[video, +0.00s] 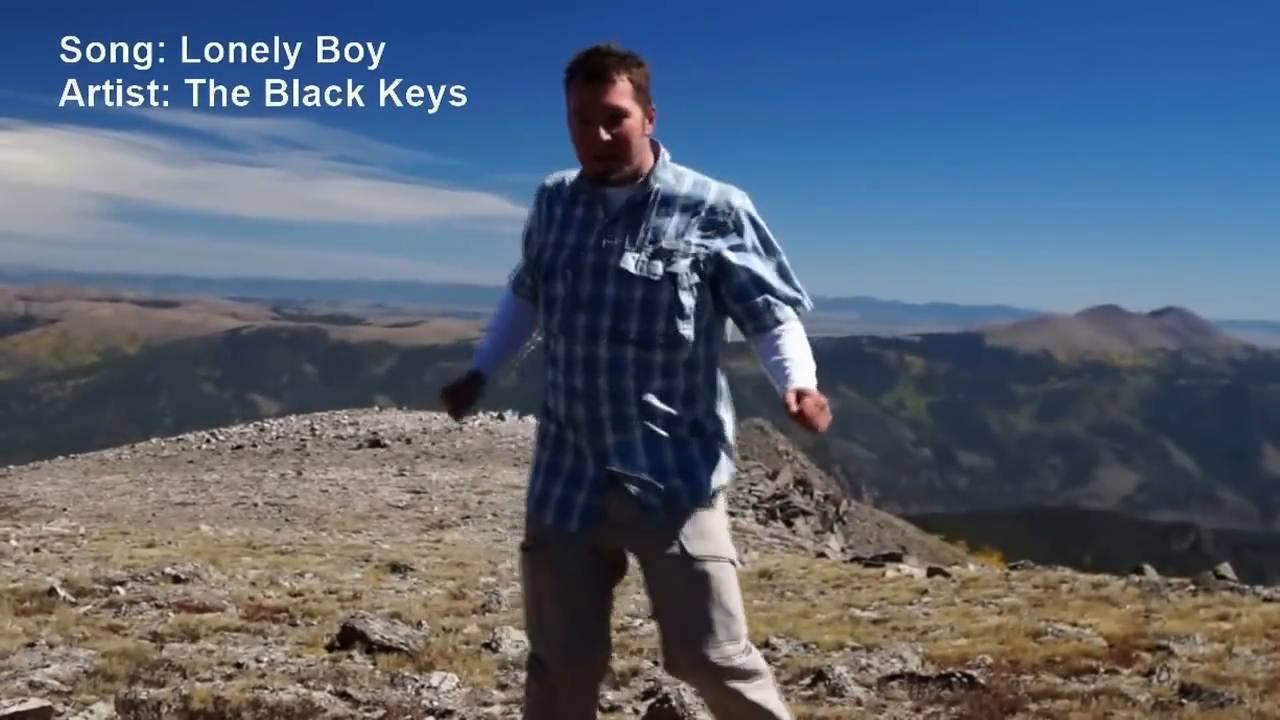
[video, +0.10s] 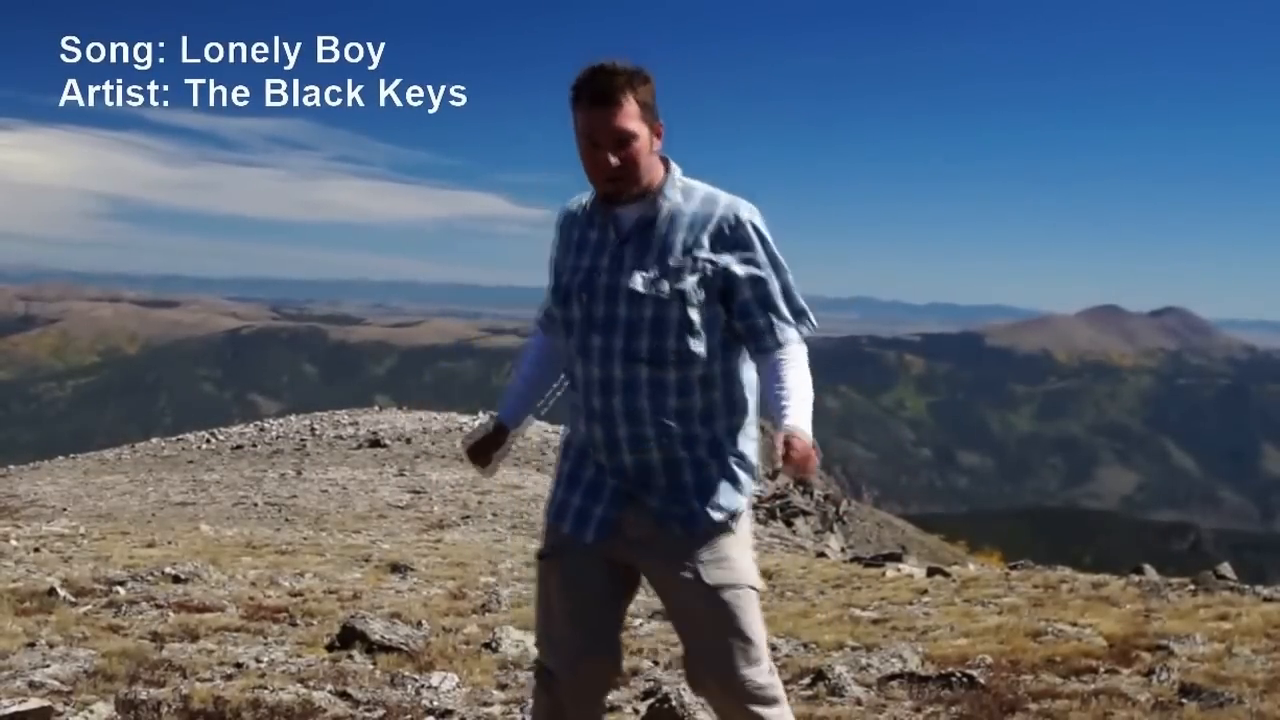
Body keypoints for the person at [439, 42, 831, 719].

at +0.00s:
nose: (597, 136)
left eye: (613, 118)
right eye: (582, 122)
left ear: (649, 117)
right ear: (568, 125)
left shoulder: (714, 210)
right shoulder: (555, 204)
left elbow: (770, 310)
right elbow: (526, 298)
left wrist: (798, 382)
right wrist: (479, 372)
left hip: (675, 472)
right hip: (567, 470)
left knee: (716, 660)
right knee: (560, 671)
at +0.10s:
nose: (606, 161)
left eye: (621, 142)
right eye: (591, 146)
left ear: (657, 134)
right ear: (577, 145)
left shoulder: (725, 223)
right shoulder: (577, 226)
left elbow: (779, 338)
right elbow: (554, 333)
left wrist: (792, 423)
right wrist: (504, 421)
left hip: (699, 494)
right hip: (590, 489)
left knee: (742, 686)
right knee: (565, 683)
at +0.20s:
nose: (627, 175)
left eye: (640, 157)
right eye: (611, 160)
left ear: (674, 142)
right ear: (595, 155)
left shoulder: (744, 222)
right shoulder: (601, 236)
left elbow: (801, 346)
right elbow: (589, 343)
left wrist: (806, 463)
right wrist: (545, 422)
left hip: (728, 496)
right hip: (621, 492)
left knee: (760, 690)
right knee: (583, 685)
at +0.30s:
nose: (652, 175)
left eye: (666, 156)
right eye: (635, 159)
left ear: (696, 137)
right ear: (618, 152)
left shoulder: (767, 210)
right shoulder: (621, 225)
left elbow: (835, 326)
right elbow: (619, 327)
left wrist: (835, 451)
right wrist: (577, 385)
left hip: (760, 477)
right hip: (656, 470)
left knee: (780, 675)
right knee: (606, 665)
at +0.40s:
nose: (681, 176)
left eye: (695, 158)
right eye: (664, 160)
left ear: (721, 138)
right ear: (642, 150)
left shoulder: (791, 211)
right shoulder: (636, 229)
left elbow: (858, 327)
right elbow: (624, 330)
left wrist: (875, 449)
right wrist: (582, 398)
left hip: (781, 476)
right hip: (675, 473)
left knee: (792, 679)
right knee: (629, 670)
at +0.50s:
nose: (707, 170)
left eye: (720, 152)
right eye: (691, 154)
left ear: (744, 135)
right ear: (666, 144)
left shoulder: (811, 208)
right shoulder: (647, 227)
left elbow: (881, 318)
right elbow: (624, 321)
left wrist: (910, 433)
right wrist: (596, 376)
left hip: (791, 474)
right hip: (685, 469)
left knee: (796, 677)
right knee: (628, 650)